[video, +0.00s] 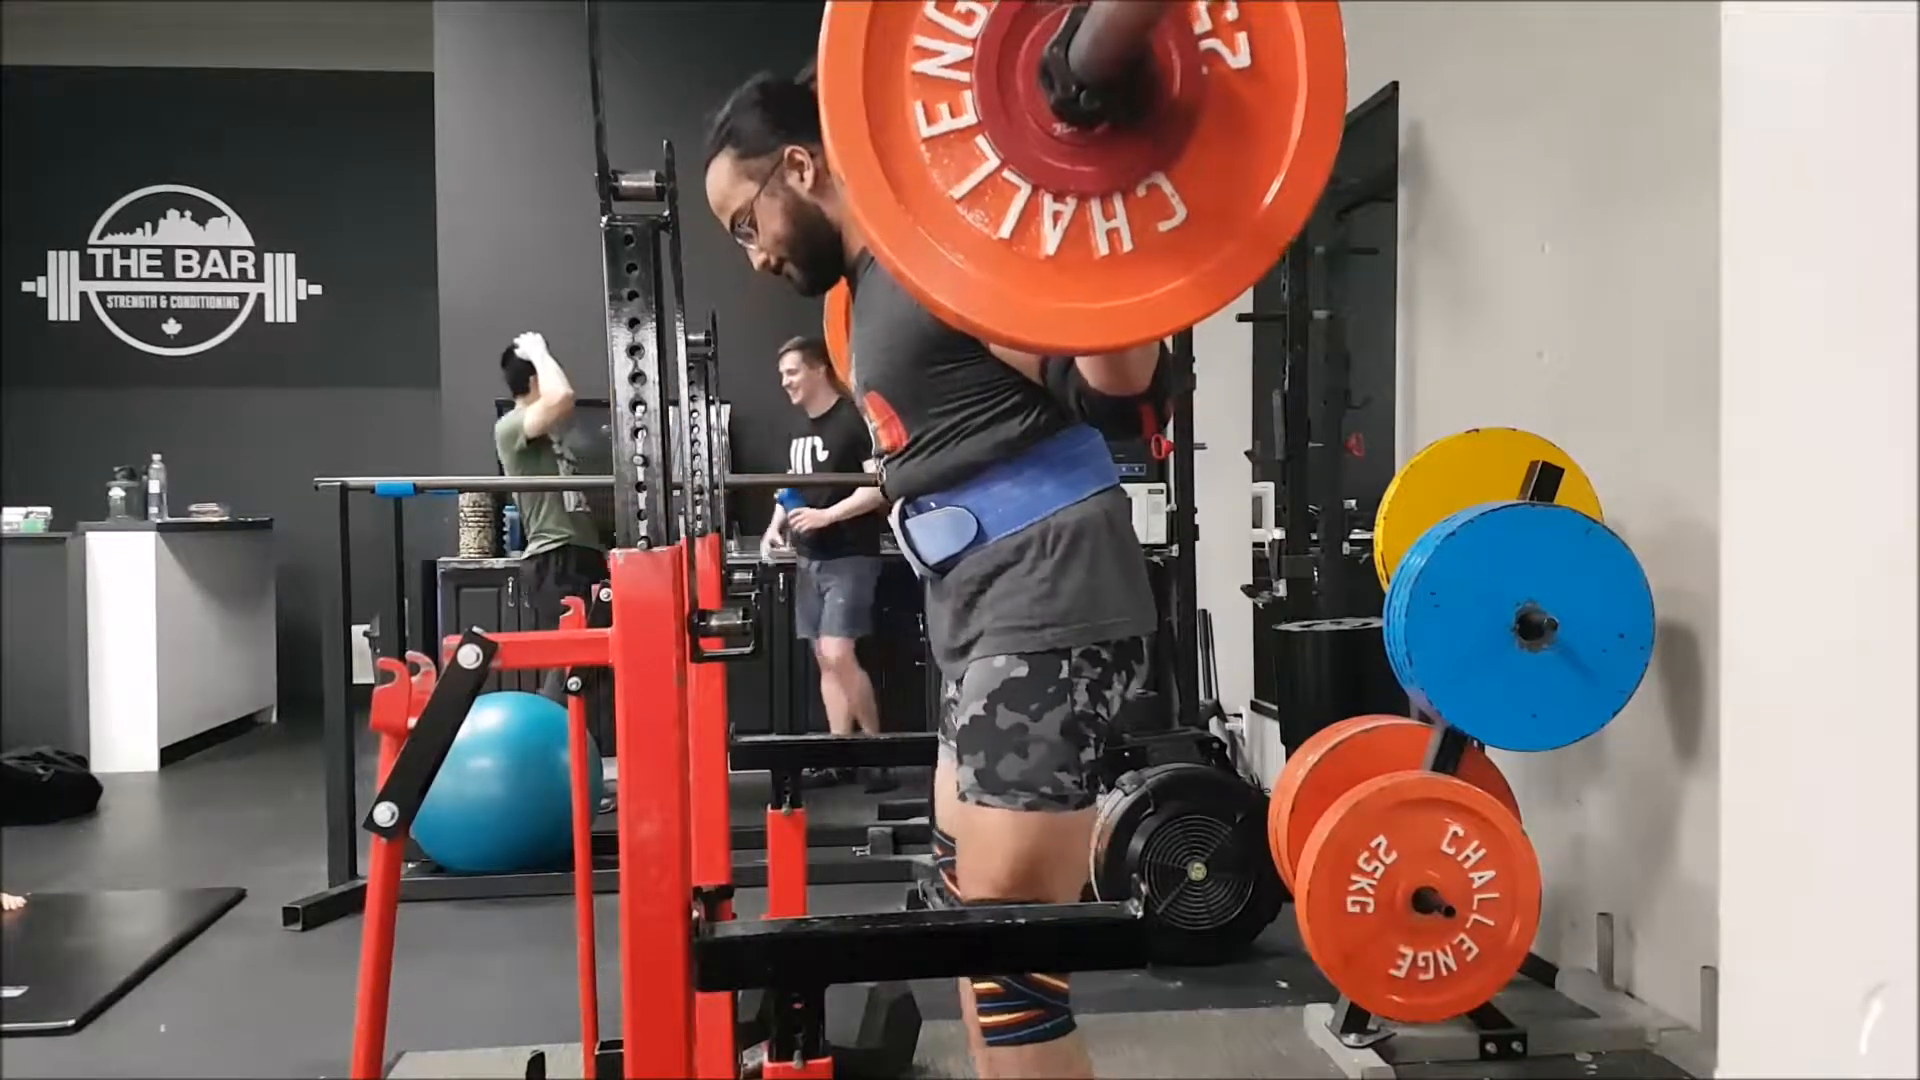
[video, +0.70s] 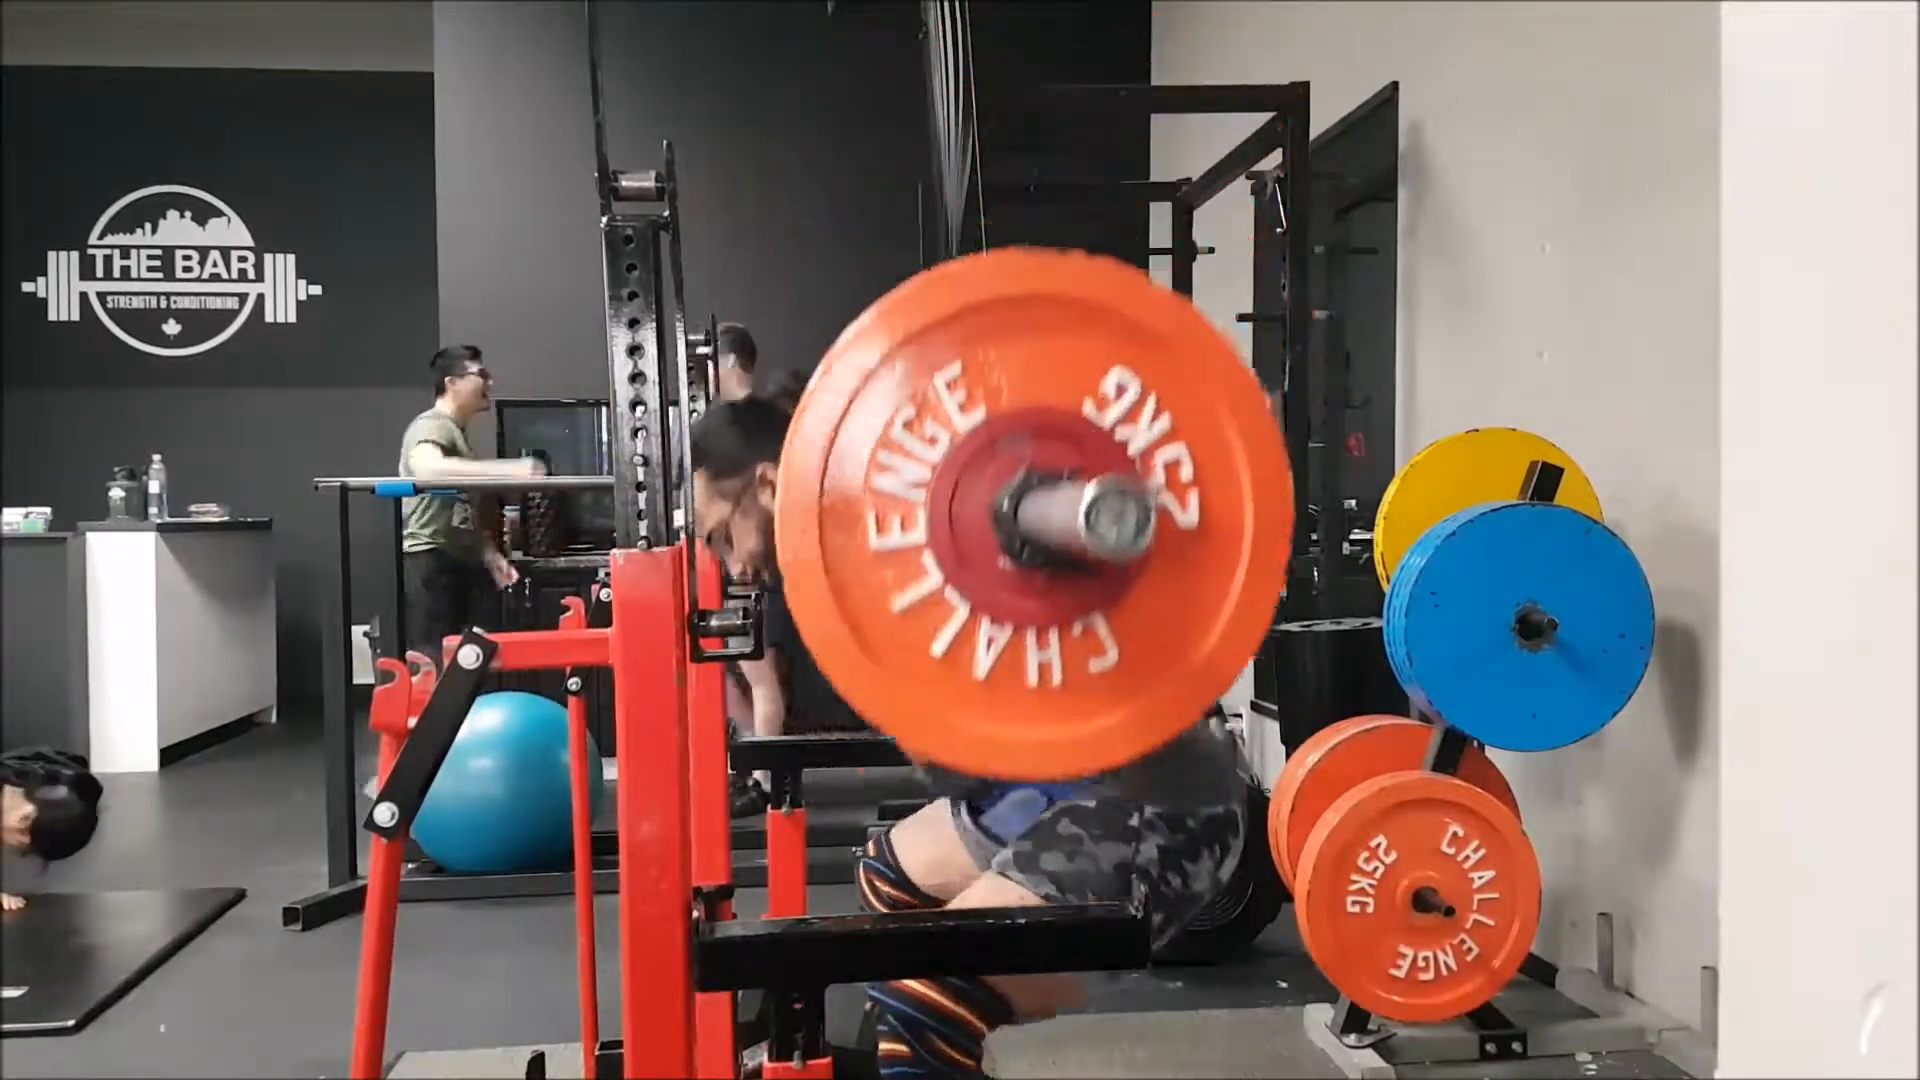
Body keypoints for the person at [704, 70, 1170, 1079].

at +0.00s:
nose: (752, 254)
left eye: (748, 220)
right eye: (737, 236)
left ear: (804, 164)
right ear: (799, 175)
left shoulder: (930, 241)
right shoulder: (862, 293)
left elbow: (1119, 371)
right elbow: (934, 456)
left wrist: (1134, 203)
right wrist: (834, 512)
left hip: (1046, 577)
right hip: (972, 592)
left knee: (1002, 931)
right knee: (969, 902)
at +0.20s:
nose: (748, 301)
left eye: (743, 270)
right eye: (732, 284)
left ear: (795, 214)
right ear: (795, 224)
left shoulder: (924, 286)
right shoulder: (865, 333)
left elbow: (1116, 417)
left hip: (1080, 610)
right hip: (1000, 627)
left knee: (959, 946)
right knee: (928, 858)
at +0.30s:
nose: (743, 341)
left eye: (736, 312)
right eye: (727, 326)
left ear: (790, 257)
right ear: (789, 265)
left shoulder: (915, 325)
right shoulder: (854, 382)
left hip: (1097, 644)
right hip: (1011, 662)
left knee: (957, 950)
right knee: (923, 860)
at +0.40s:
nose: (737, 394)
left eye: (731, 365)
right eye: (722, 378)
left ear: (787, 312)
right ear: (784, 320)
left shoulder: (900, 365)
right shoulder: (849, 421)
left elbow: (1038, 281)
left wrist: (1125, 208)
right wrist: (814, 500)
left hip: (1119, 683)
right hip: (1027, 691)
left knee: (948, 999)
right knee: (915, 866)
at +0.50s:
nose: (740, 449)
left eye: (730, 416)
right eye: (724, 429)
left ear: (781, 364)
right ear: (783, 368)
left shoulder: (918, 411)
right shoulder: (855, 444)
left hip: (1126, 721)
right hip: (1023, 723)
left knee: (938, 1005)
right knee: (905, 868)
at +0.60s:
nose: (733, 508)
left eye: (726, 478)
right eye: (719, 490)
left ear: (775, 430)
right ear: (770, 436)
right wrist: (773, 692)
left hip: (1136, 756)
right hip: (1040, 742)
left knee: (924, 1014)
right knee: (897, 870)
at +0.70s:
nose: (733, 568)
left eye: (724, 536)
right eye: (716, 545)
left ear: (771, 487)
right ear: (769, 490)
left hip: (1149, 797)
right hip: (1051, 774)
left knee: (927, 999)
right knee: (888, 872)